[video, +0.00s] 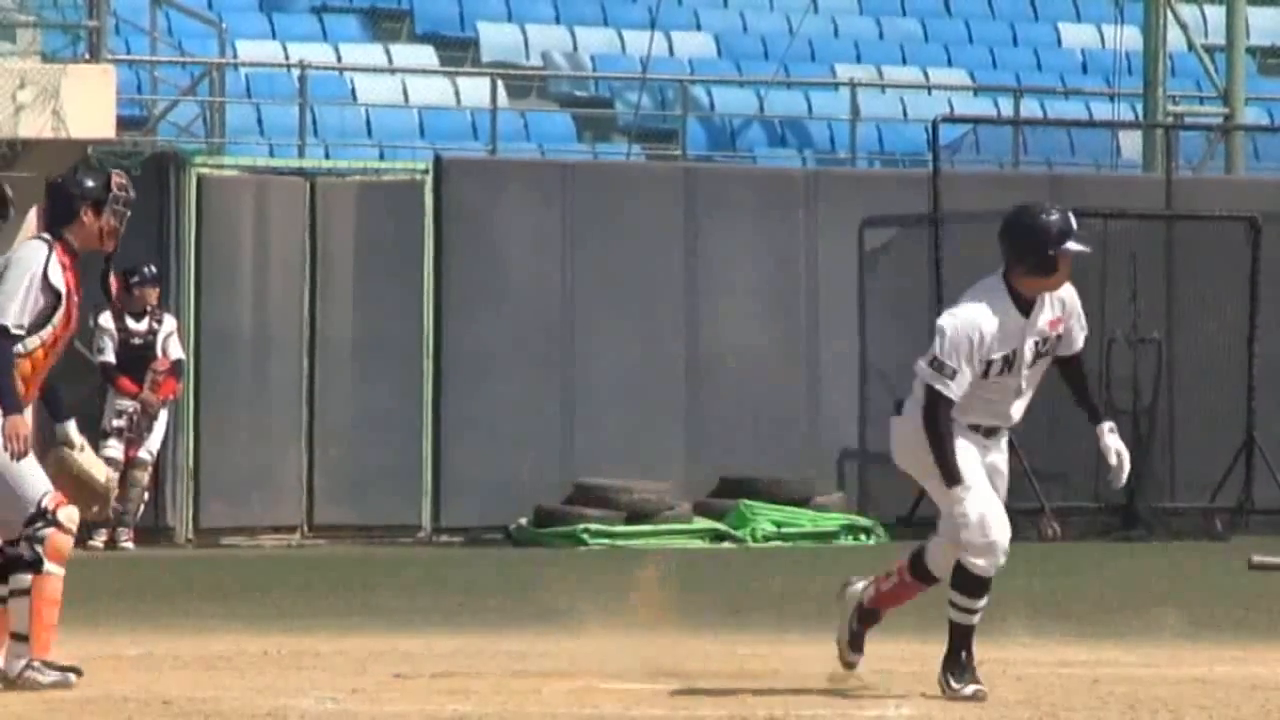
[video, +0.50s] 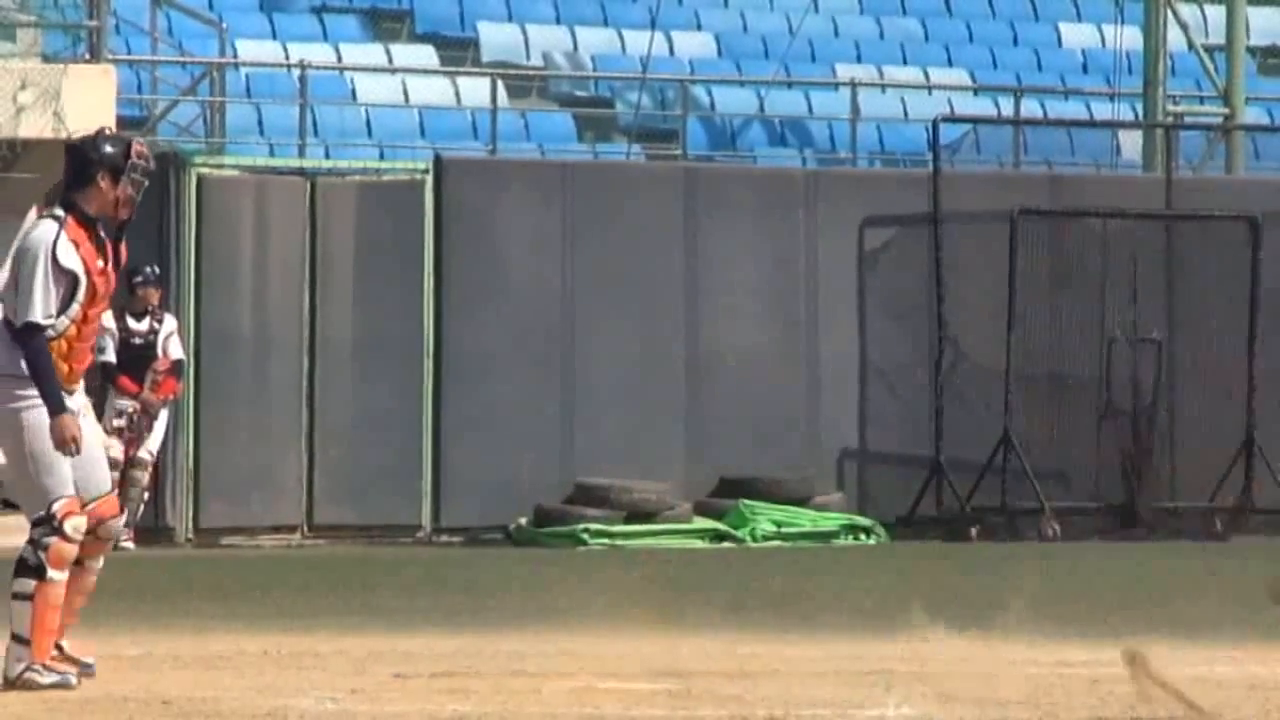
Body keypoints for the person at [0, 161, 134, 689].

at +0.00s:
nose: (112, 224)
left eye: (112, 214)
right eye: (106, 213)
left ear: (82, 215)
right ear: (82, 214)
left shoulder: (62, 265)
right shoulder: (36, 256)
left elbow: (32, 353)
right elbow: (3, 335)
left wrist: (55, 418)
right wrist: (13, 406)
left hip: (16, 418)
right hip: (3, 419)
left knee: (20, 535)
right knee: (55, 516)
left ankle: (17, 651)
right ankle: (35, 656)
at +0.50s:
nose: (130, 194)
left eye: (131, 184)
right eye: (124, 183)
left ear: (104, 183)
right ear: (98, 182)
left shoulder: (94, 240)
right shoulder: (47, 239)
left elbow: (83, 331)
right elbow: (29, 330)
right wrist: (58, 409)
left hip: (68, 391)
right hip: (26, 392)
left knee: (101, 517)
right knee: (59, 520)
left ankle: (54, 638)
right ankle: (25, 655)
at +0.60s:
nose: (136, 193)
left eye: (138, 183)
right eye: (131, 182)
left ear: (110, 181)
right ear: (105, 179)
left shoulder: (101, 238)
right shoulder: (53, 235)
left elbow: (89, 326)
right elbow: (39, 329)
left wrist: (100, 391)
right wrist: (68, 406)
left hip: (71, 386)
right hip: (28, 387)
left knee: (112, 511)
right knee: (59, 520)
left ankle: (79, 643)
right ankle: (24, 658)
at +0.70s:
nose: (152, 190)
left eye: (154, 180)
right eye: (147, 179)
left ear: (127, 180)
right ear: (120, 177)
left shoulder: (119, 237)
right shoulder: (69, 233)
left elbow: (97, 328)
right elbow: (58, 327)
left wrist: (118, 386)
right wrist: (87, 404)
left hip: (85, 387)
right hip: (44, 386)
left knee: (127, 509)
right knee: (59, 521)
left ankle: (134, 648)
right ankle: (26, 660)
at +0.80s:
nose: (169, 186)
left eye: (170, 175)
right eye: (162, 175)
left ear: (141, 177)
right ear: (134, 175)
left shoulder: (130, 237)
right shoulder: (81, 232)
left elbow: (109, 327)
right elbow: (75, 326)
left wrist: (126, 388)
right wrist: (101, 403)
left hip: (98, 388)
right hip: (60, 387)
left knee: (138, 514)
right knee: (58, 523)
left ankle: (159, 651)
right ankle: (25, 660)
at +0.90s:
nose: (183, 186)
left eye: (182, 175)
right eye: (175, 175)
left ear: (154, 179)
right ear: (147, 177)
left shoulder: (152, 237)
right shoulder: (98, 230)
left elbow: (145, 320)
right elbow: (93, 322)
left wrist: (157, 378)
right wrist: (118, 401)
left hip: (123, 394)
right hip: (75, 392)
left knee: (147, 524)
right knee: (64, 528)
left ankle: (156, 659)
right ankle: (27, 661)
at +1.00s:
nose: (198, 184)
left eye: (198, 173)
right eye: (193, 173)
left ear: (166, 175)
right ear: (168, 174)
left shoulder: (160, 233)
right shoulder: (117, 227)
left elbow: (153, 311)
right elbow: (110, 317)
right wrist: (134, 397)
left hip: (144, 391)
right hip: (96, 388)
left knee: (160, 526)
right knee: (88, 527)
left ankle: (159, 660)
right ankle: (32, 657)